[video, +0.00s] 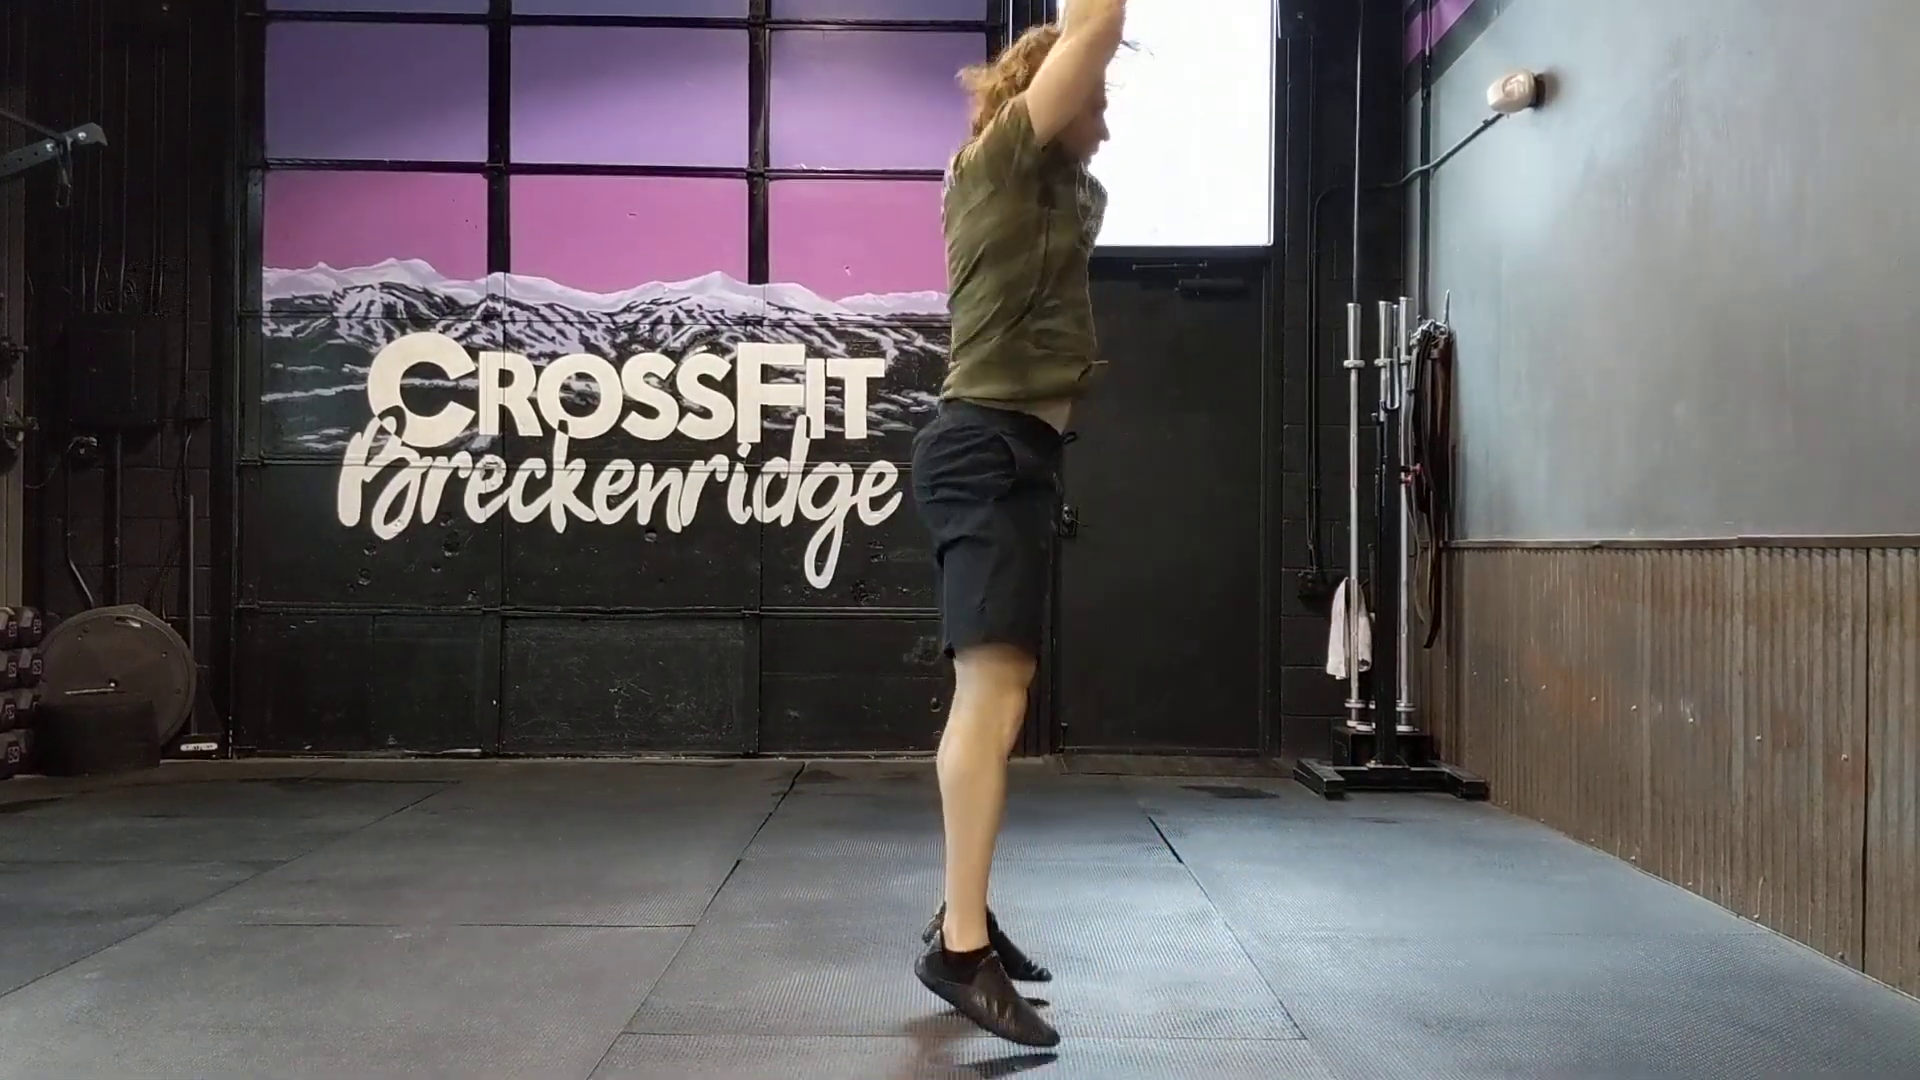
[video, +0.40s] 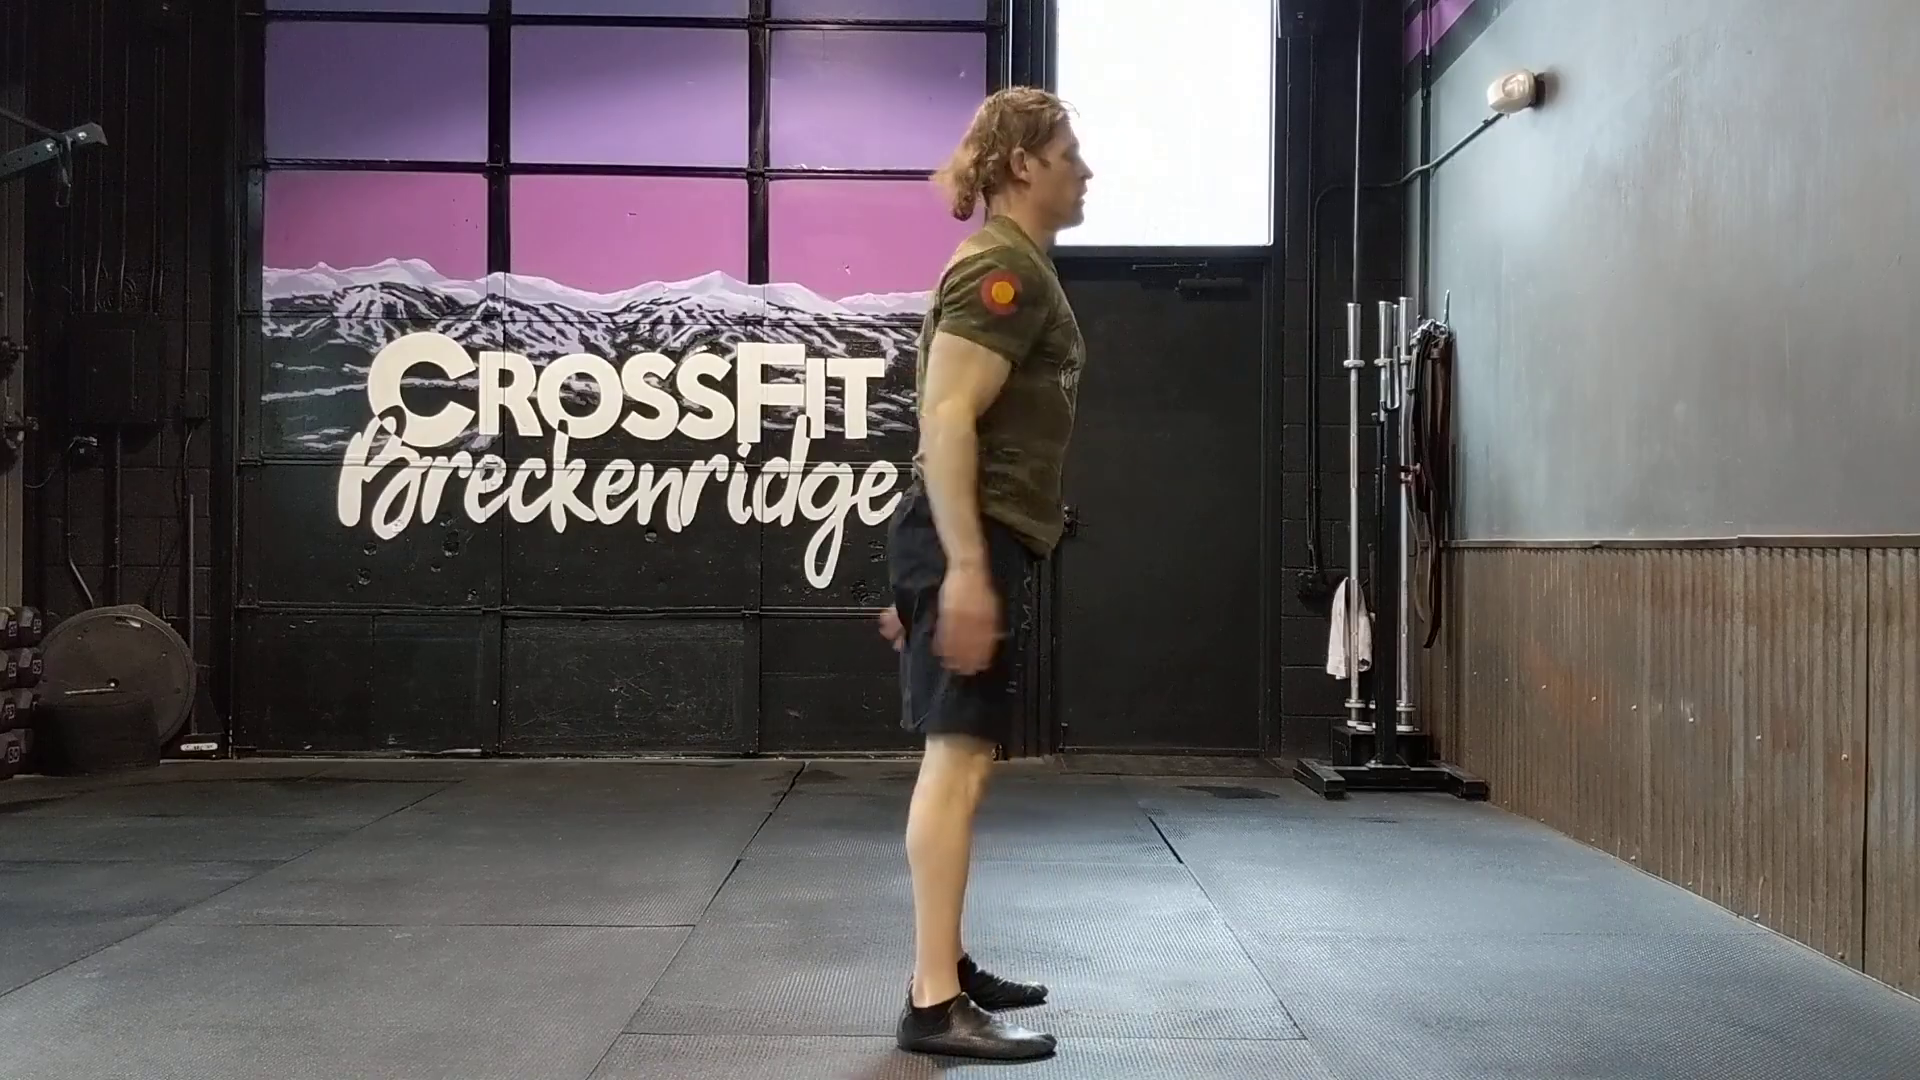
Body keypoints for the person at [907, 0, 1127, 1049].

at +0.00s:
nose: (1109, 102)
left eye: (1109, 81)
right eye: (1096, 80)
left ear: (1042, 89)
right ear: (1042, 86)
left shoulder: (1038, 170)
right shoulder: (1004, 159)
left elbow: (1089, 23)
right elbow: (1094, 18)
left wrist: (1059, 60)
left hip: (1014, 450)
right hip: (983, 448)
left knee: (997, 690)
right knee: (993, 689)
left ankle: (965, 911)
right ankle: (959, 945)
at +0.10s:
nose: (1075, 158)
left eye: (1072, 142)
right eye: (1064, 138)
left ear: (1005, 146)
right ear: (1029, 147)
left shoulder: (999, 227)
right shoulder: (1009, 225)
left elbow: (1076, 105)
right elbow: (1097, 97)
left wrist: (1076, 25)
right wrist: (1078, 15)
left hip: (991, 512)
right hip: (989, 515)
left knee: (1005, 758)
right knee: (1013, 761)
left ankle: (954, 965)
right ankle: (939, 999)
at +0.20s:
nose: (1071, 199)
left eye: (1073, 185)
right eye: (1062, 182)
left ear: (1003, 182)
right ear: (1021, 176)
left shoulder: (982, 258)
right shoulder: (997, 254)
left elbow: (1090, 247)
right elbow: (1095, 249)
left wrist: (1109, 152)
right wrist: (1115, 145)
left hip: (968, 535)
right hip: (974, 537)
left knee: (1011, 755)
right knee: (1023, 757)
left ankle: (958, 961)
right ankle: (941, 997)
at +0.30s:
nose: (1079, 174)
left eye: (1076, 156)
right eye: (1068, 156)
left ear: (1016, 166)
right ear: (1023, 162)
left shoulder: (1010, 260)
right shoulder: (990, 254)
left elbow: (989, 392)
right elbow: (998, 382)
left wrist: (1060, 442)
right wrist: (1158, 382)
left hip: (985, 526)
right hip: (966, 530)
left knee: (974, 755)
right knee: (969, 759)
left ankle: (949, 960)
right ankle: (932, 998)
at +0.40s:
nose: (1088, 169)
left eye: (1080, 151)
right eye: (1074, 153)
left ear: (1022, 168)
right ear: (1026, 166)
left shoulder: (1012, 266)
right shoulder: (1001, 268)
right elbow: (946, 420)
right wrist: (965, 567)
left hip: (982, 539)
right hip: (972, 543)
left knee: (964, 761)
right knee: (955, 763)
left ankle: (947, 962)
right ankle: (933, 1000)